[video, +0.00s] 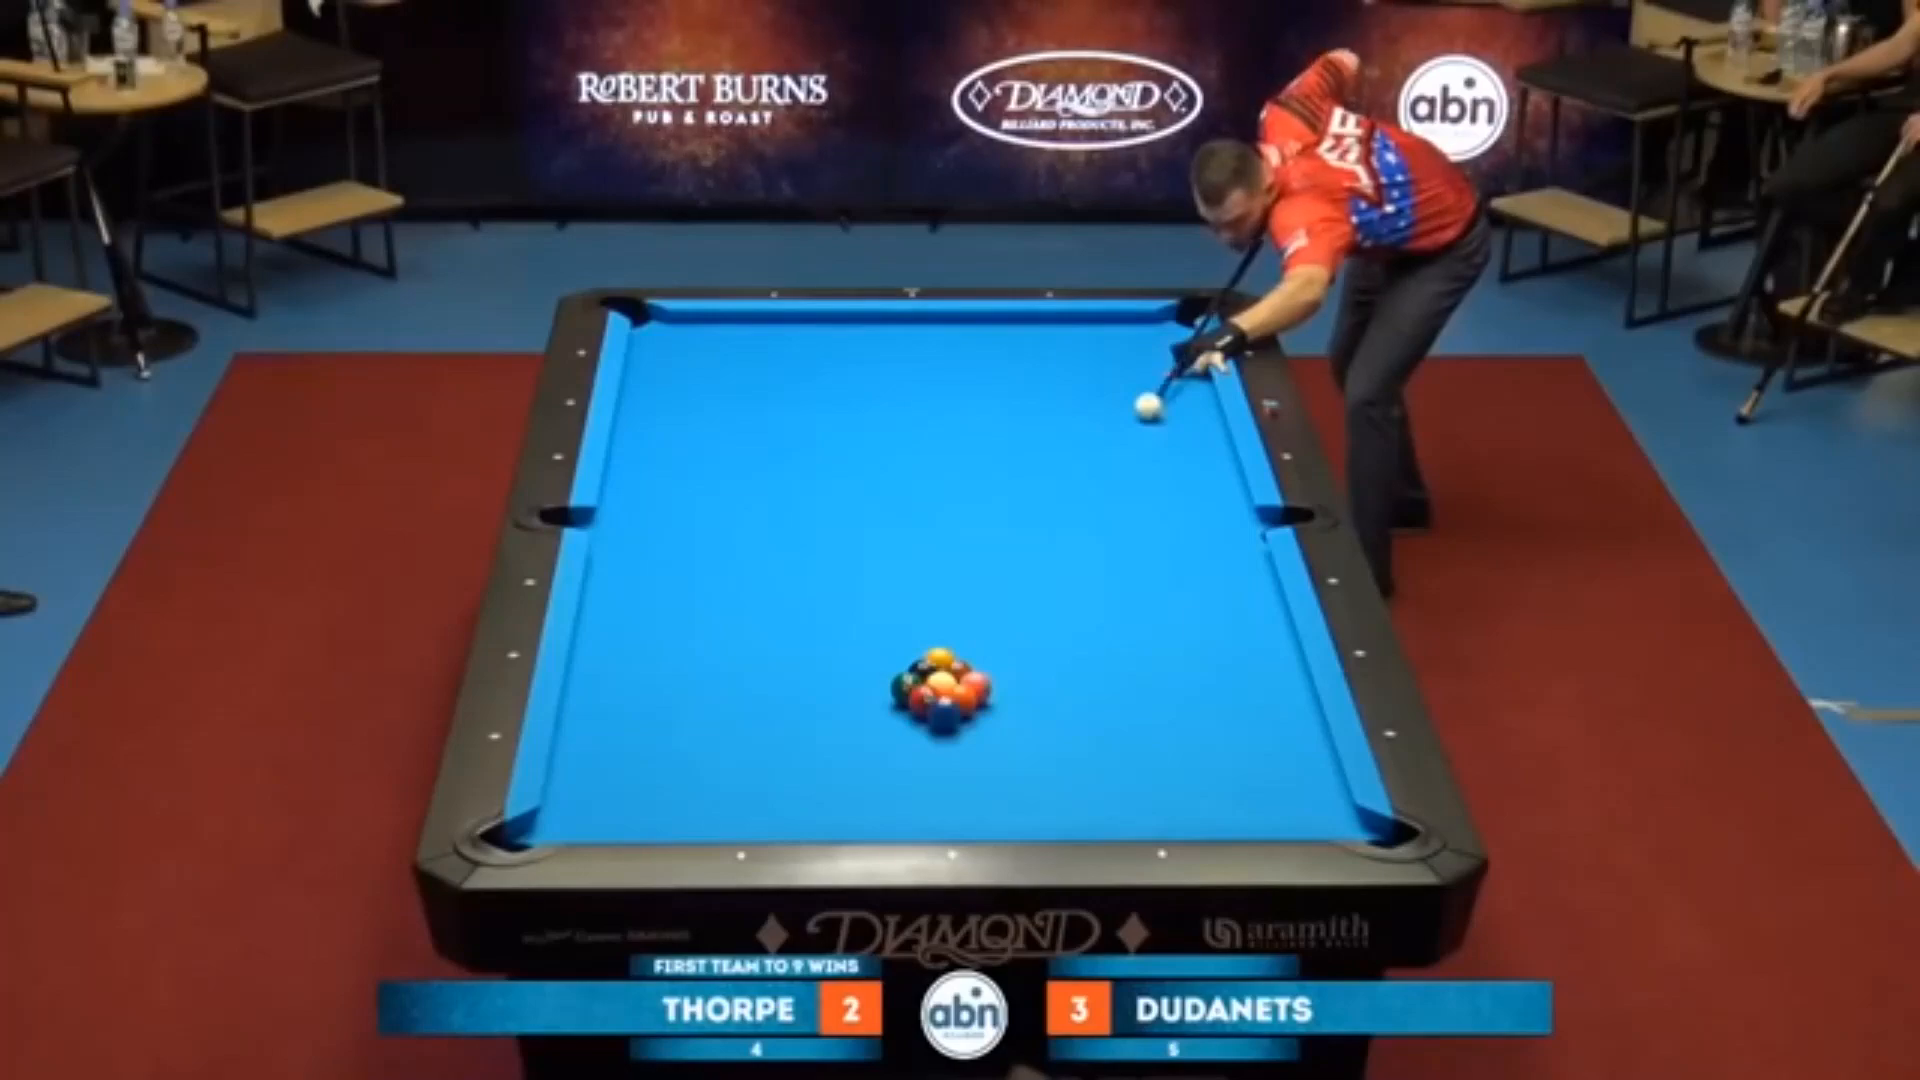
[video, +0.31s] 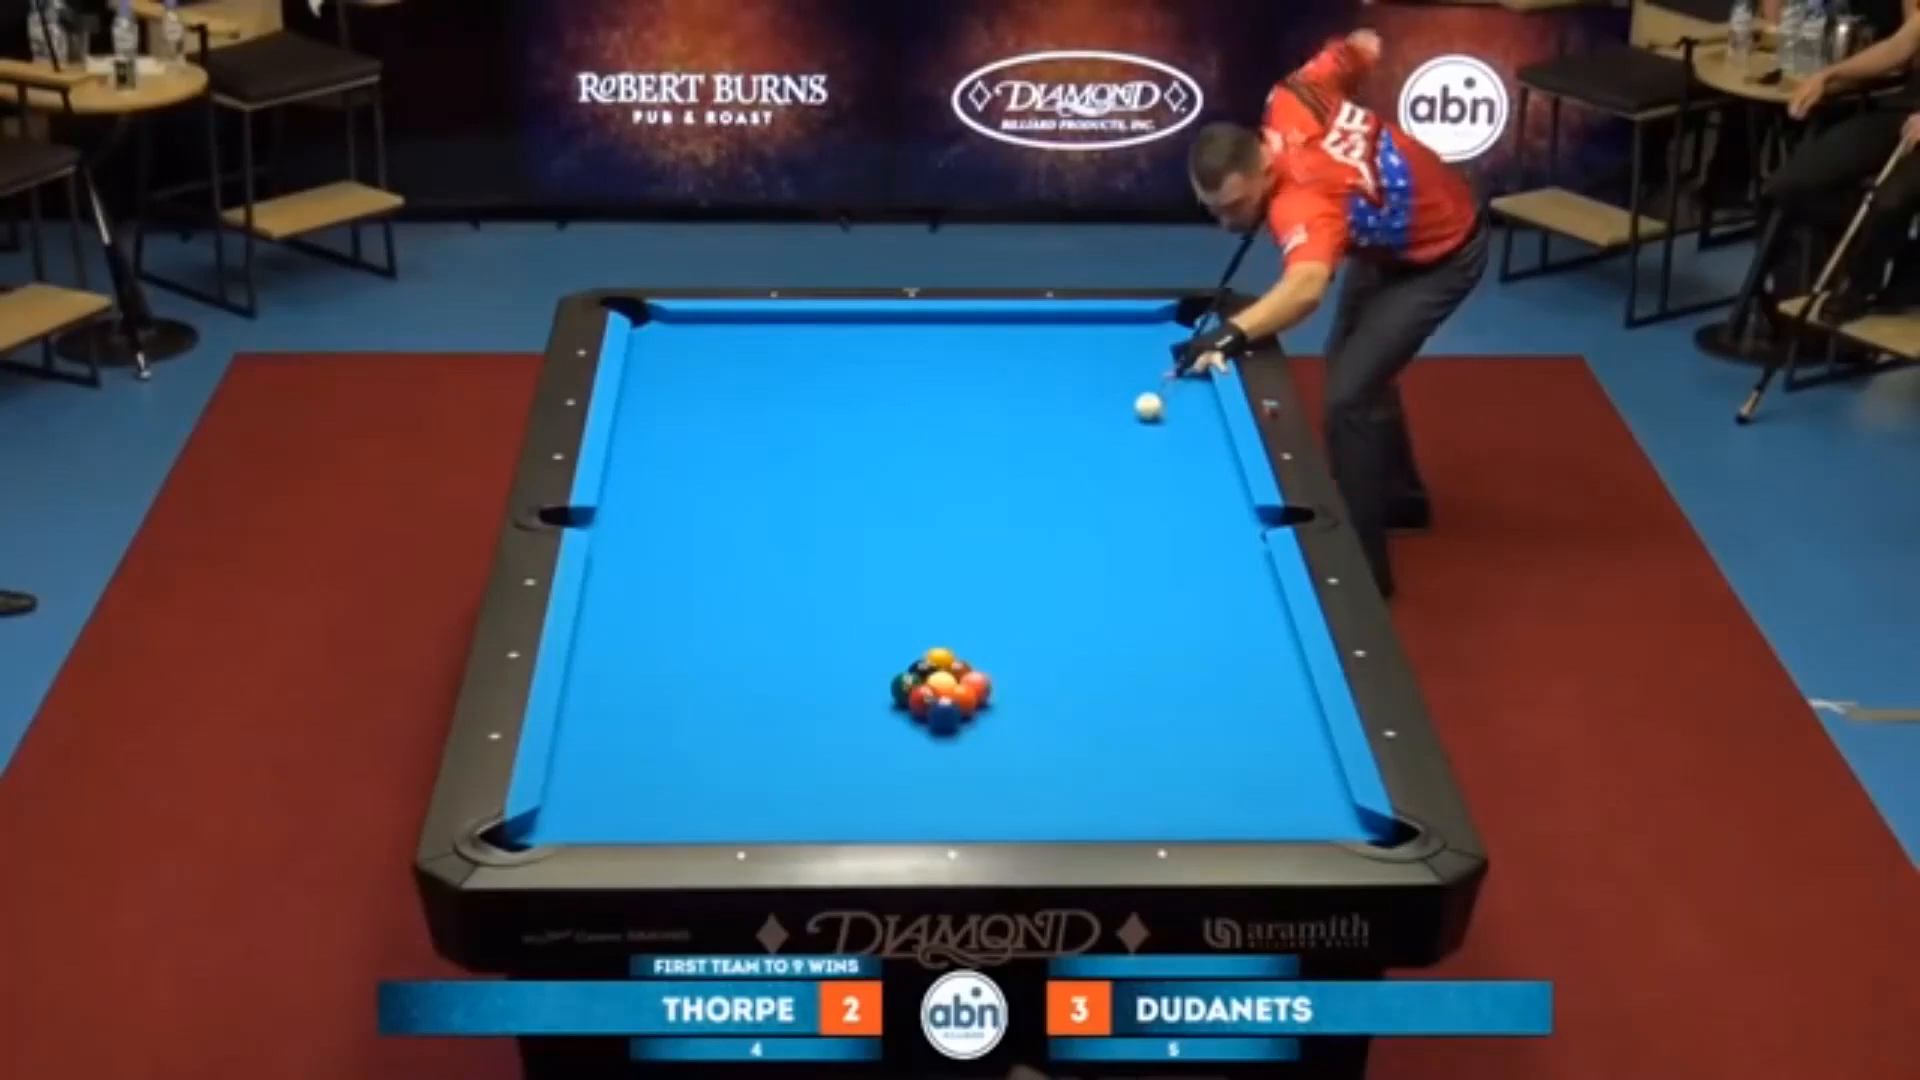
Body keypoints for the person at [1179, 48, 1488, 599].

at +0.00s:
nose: (1229, 238)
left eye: (1237, 224)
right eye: (1217, 227)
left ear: (1265, 184)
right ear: (1202, 203)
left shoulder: (1305, 203)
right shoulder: (1281, 120)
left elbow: (1308, 289)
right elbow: (1342, 60)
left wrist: (1229, 336)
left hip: (1446, 242)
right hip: (1384, 238)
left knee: (1369, 393)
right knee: (1349, 367)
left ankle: (1370, 573)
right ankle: (1406, 497)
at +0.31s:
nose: (1228, 223)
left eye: (1235, 209)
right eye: (1217, 212)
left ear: (1264, 168)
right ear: (1201, 187)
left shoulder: (1303, 196)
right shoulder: (1289, 105)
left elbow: (1308, 285)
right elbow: (1351, 53)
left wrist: (1229, 335)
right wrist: (1361, 46)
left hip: (1441, 254)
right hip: (1382, 244)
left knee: (1348, 396)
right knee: (1350, 369)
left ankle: (1366, 571)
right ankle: (1401, 497)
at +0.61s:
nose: (1233, 112)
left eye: (1243, 97)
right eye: (1221, 100)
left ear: (1275, 73)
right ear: (1209, 80)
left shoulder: (1319, 123)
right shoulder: (1284, 54)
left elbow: (1313, 260)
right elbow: (1285, 137)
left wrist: (1233, 332)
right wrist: (1259, 214)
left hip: (1420, 240)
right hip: (1363, 231)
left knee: (1351, 407)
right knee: (1379, 366)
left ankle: (1368, 574)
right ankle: (1403, 493)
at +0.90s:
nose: (1247, 103)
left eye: (1261, 88)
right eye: (1235, 88)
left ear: (1291, 67)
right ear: (1221, 70)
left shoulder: (1329, 116)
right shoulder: (1262, 69)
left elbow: (1317, 258)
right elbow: (1265, 158)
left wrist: (1234, 337)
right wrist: (1249, 243)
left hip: (1409, 241)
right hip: (1351, 235)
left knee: (1347, 414)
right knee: (1376, 369)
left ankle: (1367, 575)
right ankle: (1402, 491)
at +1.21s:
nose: (1266, 94)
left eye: (1282, 79)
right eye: (1253, 78)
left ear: (1308, 62)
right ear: (1235, 62)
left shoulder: (1343, 121)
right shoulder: (1253, 85)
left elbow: (1322, 262)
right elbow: (1259, 168)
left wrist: (1246, 334)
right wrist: (1250, 260)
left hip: (1402, 244)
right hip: (1341, 239)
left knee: (1348, 414)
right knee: (1376, 369)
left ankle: (1367, 575)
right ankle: (1402, 490)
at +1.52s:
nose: (1279, 71)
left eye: (1296, 57)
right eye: (1267, 55)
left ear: (1325, 43)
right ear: (1250, 39)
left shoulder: (1350, 113)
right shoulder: (1257, 68)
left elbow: (1323, 254)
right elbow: (1262, 162)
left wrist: (1247, 331)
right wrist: (1249, 260)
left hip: (1397, 243)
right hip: (1335, 235)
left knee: (1350, 412)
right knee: (1367, 369)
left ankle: (1368, 572)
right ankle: (1397, 482)